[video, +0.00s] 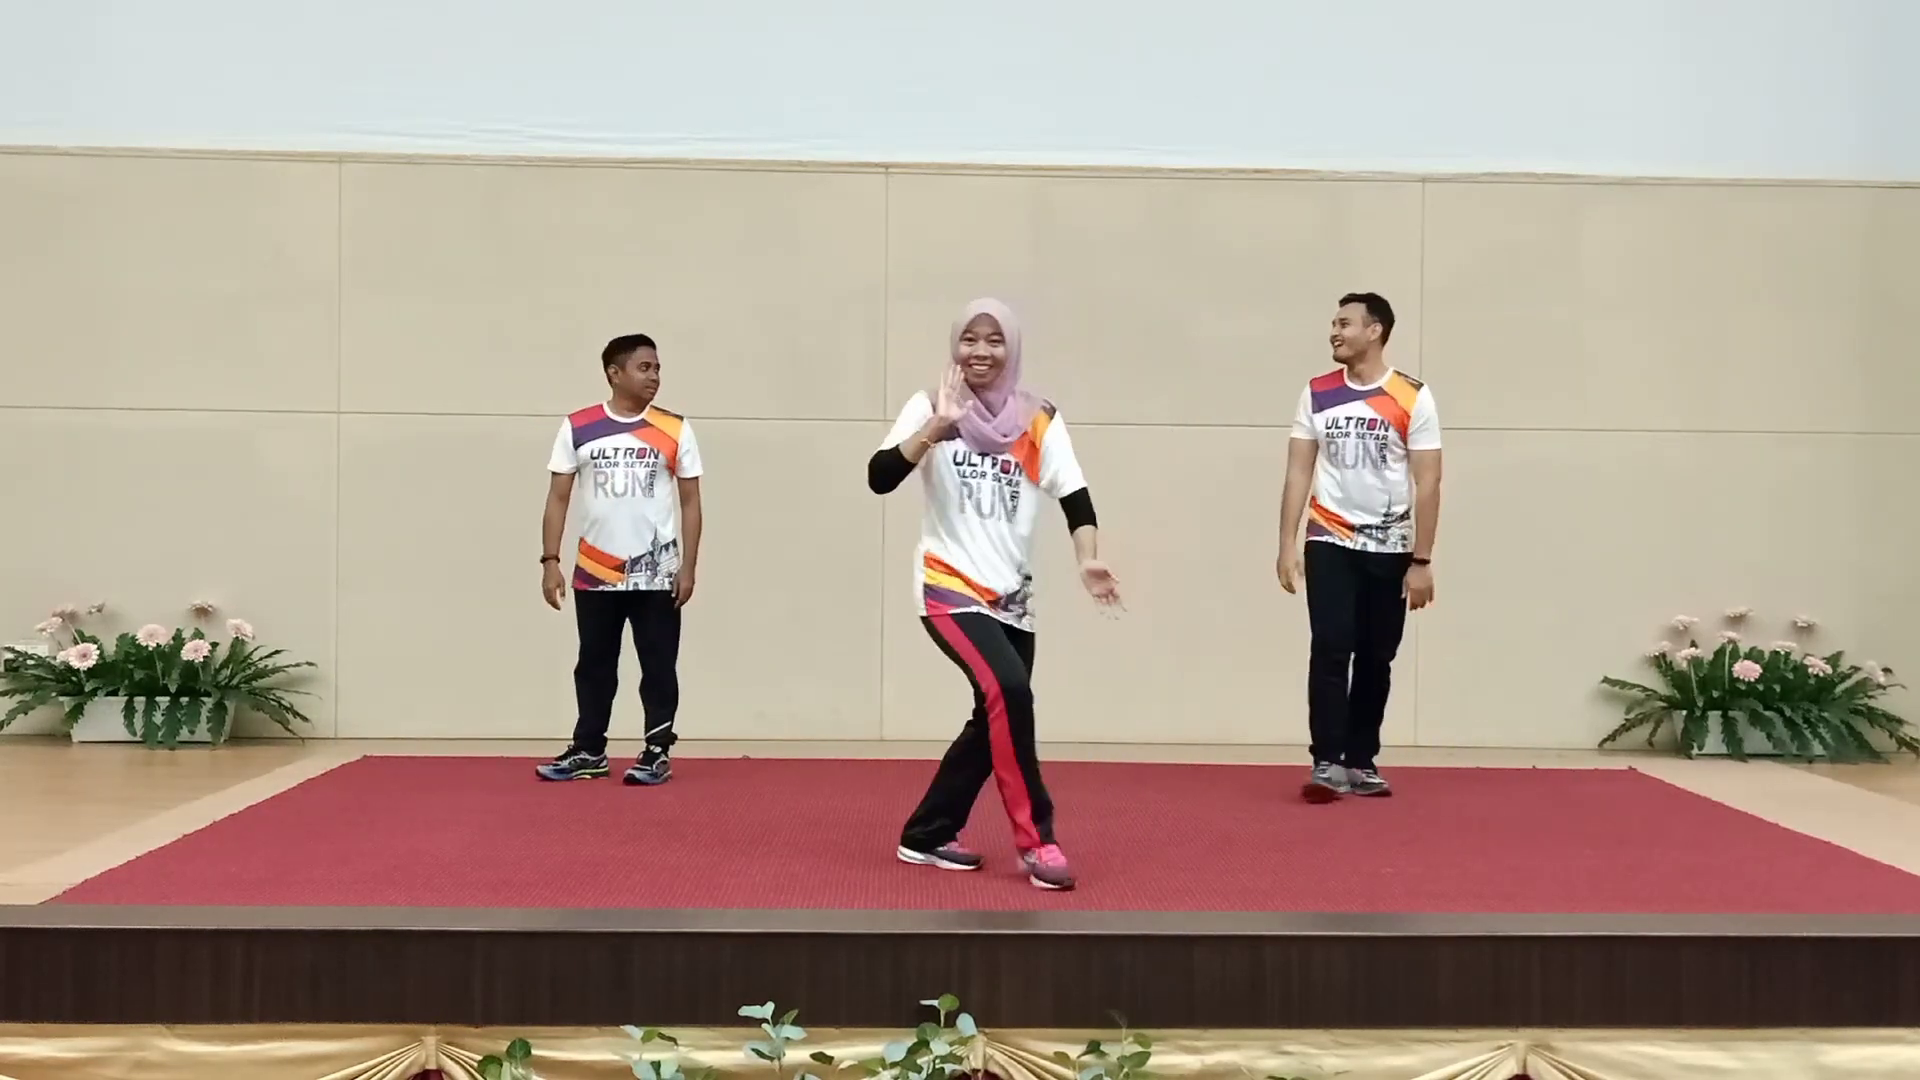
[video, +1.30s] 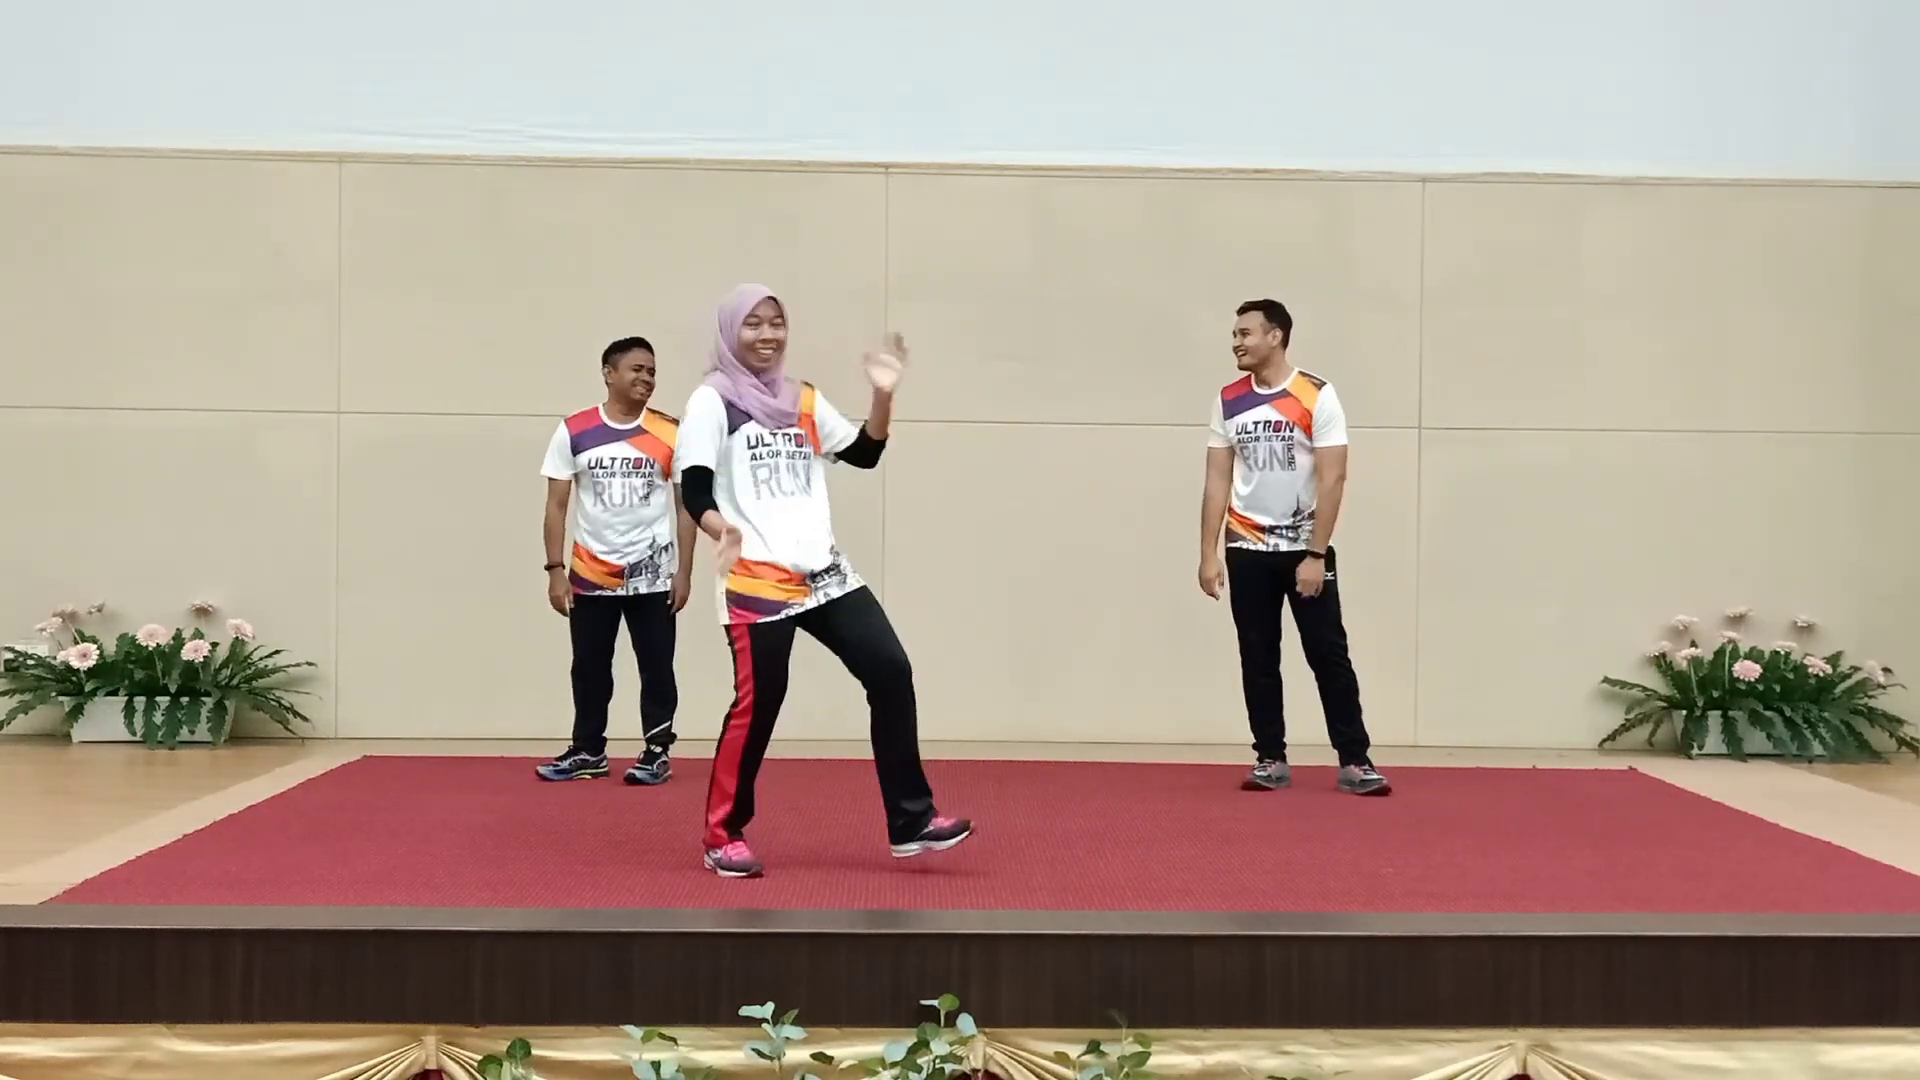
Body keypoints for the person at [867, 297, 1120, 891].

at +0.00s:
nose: (980, 350)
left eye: (992, 340)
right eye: (970, 340)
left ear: (1012, 350)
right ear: (956, 348)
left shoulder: (1039, 419)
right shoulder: (930, 408)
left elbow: (1073, 493)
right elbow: (879, 478)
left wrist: (1088, 558)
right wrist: (934, 427)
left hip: (1011, 597)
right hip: (948, 588)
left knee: (995, 719)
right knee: (1008, 689)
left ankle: (924, 836)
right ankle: (1036, 842)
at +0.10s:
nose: (952, 337)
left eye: (964, 327)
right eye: (942, 326)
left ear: (983, 337)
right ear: (925, 335)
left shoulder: (1007, 404)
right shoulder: (903, 392)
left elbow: (1051, 467)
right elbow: (858, 461)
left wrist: (1078, 501)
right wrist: (911, 415)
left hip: (979, 583)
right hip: (914, 571)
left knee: (979, 701)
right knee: (963, 669)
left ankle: (921, 831)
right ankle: (951, 827)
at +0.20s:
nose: (937, 326)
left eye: (949, 317)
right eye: (926, 316)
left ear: (966, 327)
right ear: (909, 325)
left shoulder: (991, 392)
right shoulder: (889, 382)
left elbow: (1042, 452)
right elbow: (849, 455)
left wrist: (1073, 464)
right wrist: (898, 415)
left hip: (963, 575)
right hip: (900, 564)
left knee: (964, 698)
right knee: (932, 667)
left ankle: (934, 833)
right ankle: (894, 822)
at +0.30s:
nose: (901, 317)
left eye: (912, 308)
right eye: (890, 308)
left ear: (930, 318)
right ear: (874, 318)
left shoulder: (955, 379)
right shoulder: (860, 375)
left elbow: (1016, 436)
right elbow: (825, 452)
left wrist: (1037, 410)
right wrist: (855, 446)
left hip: (932, 569)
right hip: (867, 562)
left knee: (935, 700)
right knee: (867, 678)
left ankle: (926, 836)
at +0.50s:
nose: (837, 330)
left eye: (847, 321)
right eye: (824, 321)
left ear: (861, 333)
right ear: (806, 332)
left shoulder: (871, 396)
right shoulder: (794, 394)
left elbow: (930, 439)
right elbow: (773, 479)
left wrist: (949, 392)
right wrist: (799, 520)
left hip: (868, 584)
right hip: (803, 586)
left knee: (915, 688)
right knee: (790, 704)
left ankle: (926, 831)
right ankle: (727, 833)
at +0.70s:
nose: (793, 348)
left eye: (804, 339)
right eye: (781, 338)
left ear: (814, 349)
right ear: (759, 346)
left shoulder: (801, 412)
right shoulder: (750, 415)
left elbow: (859, 462)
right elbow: (731, 509)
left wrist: (871, 410)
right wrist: (761, 573)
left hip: (829, 584)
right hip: (777, 591)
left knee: (918, 648)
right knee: (789, 710)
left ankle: (928, 804)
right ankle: (726, 836)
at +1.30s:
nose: (767, 333)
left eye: (775, 322)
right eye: (753, 324)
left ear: (787, 331)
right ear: (729, 333)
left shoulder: (805, 399)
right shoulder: (712, 401)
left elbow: (865, 454)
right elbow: (693, 485)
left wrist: (882, 398)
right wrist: (720, 525)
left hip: (824, 573)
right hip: (756, 578)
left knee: (891, 673)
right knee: (759, 700)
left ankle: (910, 824)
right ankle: (722, 836)